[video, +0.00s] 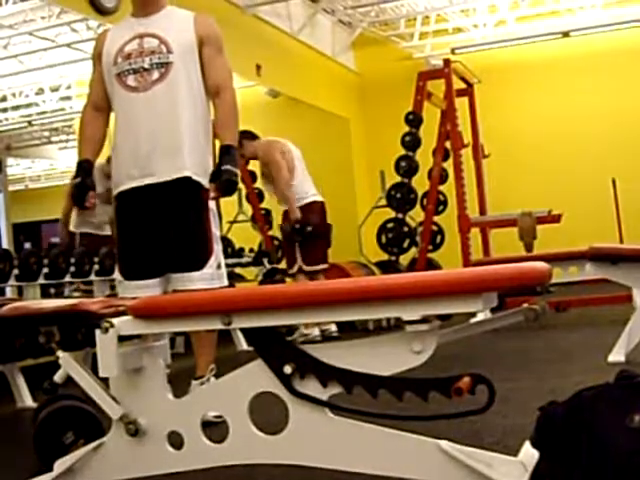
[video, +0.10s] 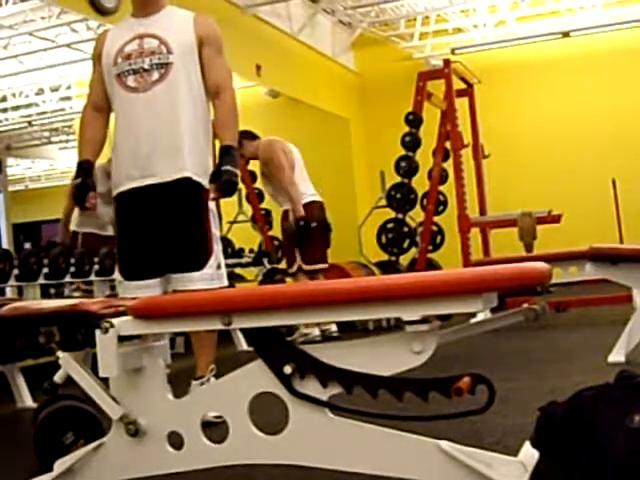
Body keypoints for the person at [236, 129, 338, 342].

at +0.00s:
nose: (244, 159)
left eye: (241, 154)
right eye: (240, 156)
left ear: (244, 144)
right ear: (250, 140)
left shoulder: (268, 149)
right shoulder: (280, 146)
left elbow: (282, 180)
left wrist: (292, 208)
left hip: (299, 208)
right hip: (314, 205)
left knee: (298, 271)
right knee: (315, 269)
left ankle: (310, 324)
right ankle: (328, 320)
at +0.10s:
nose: (242, 159)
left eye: (239, 153)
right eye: (239, 156)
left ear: (243, 144)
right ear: (250, 140)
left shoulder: (269, 147)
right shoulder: (275, 149)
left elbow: (288, 179)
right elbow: (286, 184)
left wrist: (298, 211)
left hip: (299, 209)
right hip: (313, 206)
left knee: (299, 270)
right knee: (316, 269)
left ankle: (310, 323)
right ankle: (328, 320)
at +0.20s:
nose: (249, 154)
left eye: (246, 150)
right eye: (246, 152)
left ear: (251, 140)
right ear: (256, 136)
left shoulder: (273, 145)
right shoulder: (285, 146)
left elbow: (292, 179)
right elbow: (294, 181)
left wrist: (299, 210)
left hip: (296, 212)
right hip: (313, 209)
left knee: (292, 272)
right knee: (315, 270)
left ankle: (309, 322)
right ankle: (328, 320)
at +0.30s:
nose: (254, 154)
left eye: (251, 149)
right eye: (251, 151)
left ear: (255, 140)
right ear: (261, 135)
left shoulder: (276, 145)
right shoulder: (292, 148)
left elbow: (292, 178)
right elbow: (297, 184)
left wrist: (297, 210)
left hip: (298, 214)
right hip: (315, 212)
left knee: (285, 273)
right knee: (314, 270)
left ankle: (305, 318)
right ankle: (327, 320)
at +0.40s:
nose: (254, 155)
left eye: (251, 150)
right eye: (251, 152)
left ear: (255, 141)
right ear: (263, 135)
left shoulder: (275, 146)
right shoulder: (291, 147)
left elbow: (286, 175)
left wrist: (291, 210)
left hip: (298, 212)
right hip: (314, 209)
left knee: (282, 272)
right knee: (314, 270)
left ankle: (284, 323)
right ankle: (327, 321)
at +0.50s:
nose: (252, 155)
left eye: (249, 151)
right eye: (249, 153)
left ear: (252, 141)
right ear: (261, 135)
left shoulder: (269, 147)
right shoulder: (291, 147)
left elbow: (279, 177)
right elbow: (302, 179)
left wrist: (283, 212)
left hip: (295, 212)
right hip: (314, 208)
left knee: (282, 272)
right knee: (317, 269)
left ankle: (287, 321)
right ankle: (327, 320)